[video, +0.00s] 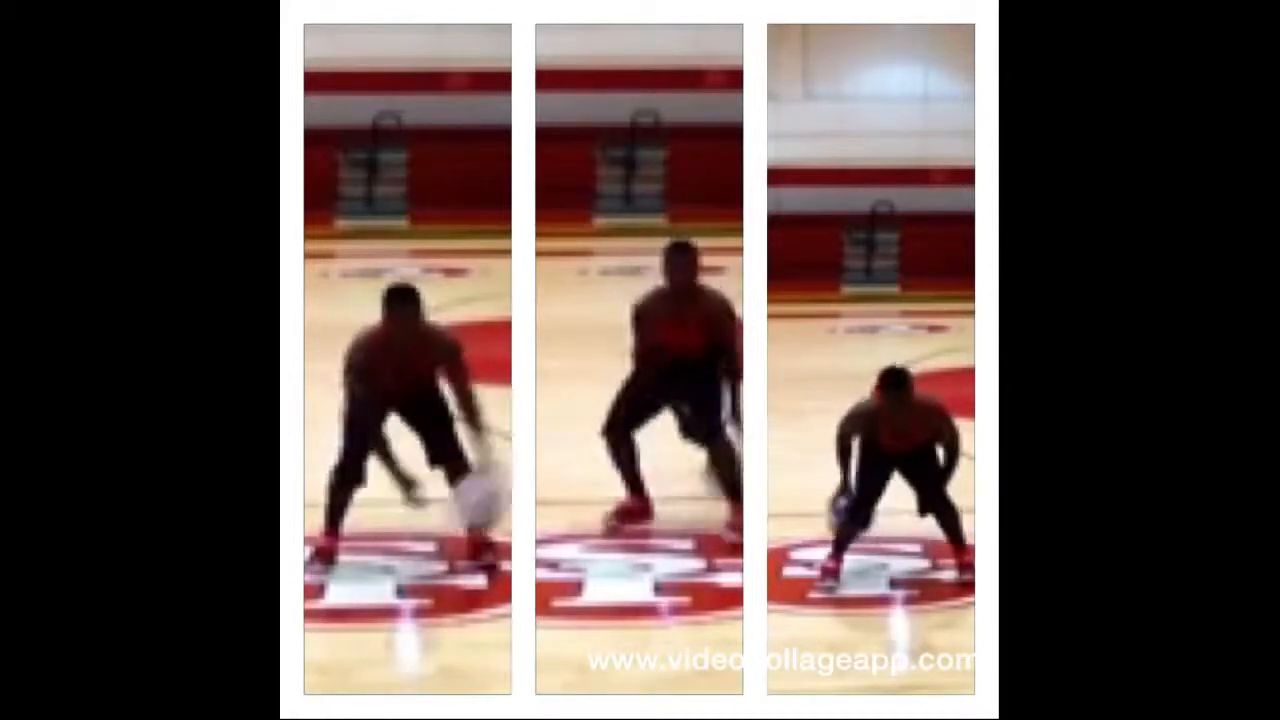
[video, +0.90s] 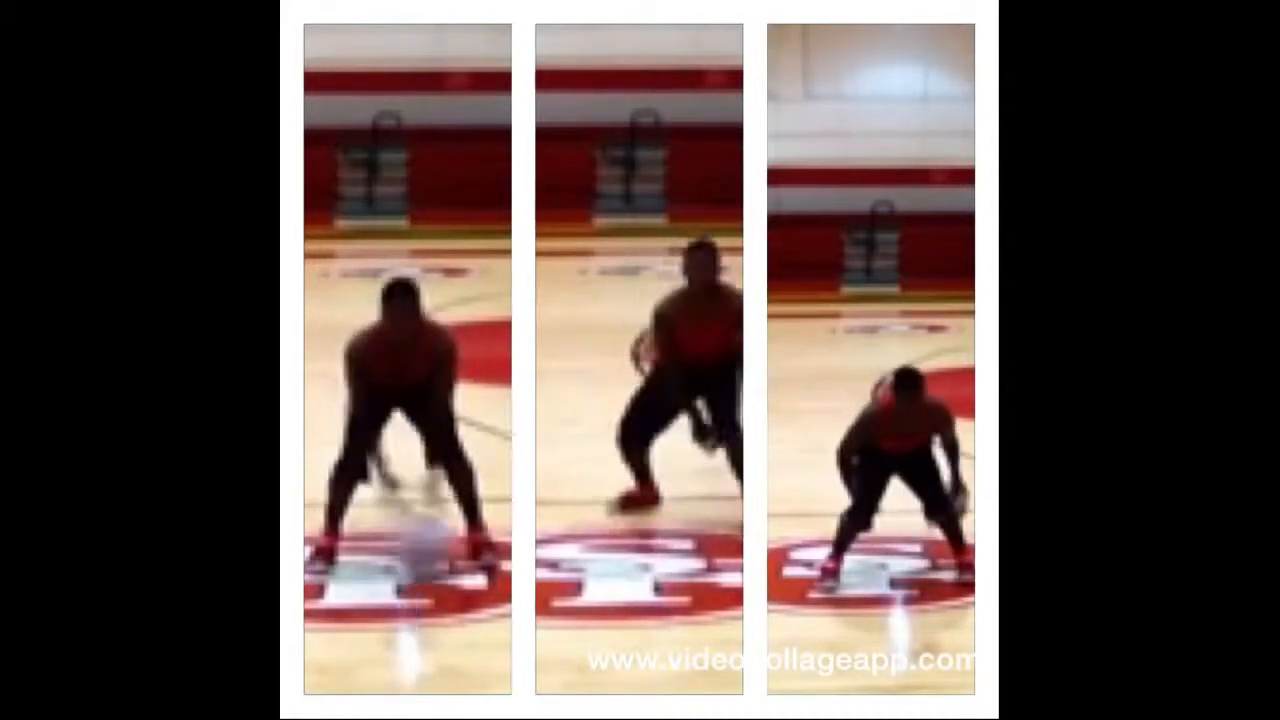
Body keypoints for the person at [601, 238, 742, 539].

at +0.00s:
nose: (680, 277)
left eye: (686, 269)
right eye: (674, 269)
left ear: (696, 270)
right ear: (665, 271)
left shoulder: (716, 308)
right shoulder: (648, 309)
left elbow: (733, 362)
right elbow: (643, 360)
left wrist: (736, 407)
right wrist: (639, 396)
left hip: (701, 381)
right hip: (656, 379)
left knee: (713, 438)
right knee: (616, 430)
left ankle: (739, 507)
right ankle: (638, 499)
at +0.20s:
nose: (691, 263)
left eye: (696, 255)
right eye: (683, 256)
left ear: (706, 254)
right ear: (673, 258)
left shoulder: (727, 281)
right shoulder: (659, 292)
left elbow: (758, 302)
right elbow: (631, 337)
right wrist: (628, 389)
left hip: (714, 351)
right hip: (669, 354)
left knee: (742, 417)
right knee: (644, 421)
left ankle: (740, 491)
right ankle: (641, 497)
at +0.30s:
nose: (691, 272)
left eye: (696, 264)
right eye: (684, 264)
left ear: (707, 262)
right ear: (674, 266)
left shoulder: (727, 294)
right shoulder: (659, 304)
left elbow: (755, 331)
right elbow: (637, 356)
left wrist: (754, 391)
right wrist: (633, 409)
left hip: (720, 358)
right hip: (676, 360)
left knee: (750, 432)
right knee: (658, 430)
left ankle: (745, 496)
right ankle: (651, 503)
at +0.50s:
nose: (681, 276)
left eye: (688, 269)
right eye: (676, 269)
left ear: (700, 269)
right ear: (669, 270)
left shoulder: (725, 305)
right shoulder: (662, 305)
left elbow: (741, 357)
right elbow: (652, 347)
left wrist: (722, 401)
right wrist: (640, 385)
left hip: (728, 371)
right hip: (687, 371)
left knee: (751, 436)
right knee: (669, 434)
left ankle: (746, 481)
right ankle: (653, 508)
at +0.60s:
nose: (682, 267)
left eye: (689, 260)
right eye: (677, 260)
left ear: (704, 260)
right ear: (671, 259)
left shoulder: (726, 295)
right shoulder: (660, 287)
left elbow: (749, 343)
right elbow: (634, 320)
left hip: (729, 359)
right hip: (686, 357)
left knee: (742, 425)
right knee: (659, 429)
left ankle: (764, 495)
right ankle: (650, 506)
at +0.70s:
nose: (690, 267)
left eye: (697, 261)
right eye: (686, 259)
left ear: (710, 261)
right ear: (679, 260)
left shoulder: (731, 298)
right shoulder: (663, 291)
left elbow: (751, 345)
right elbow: (637, 327)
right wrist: (614, 361)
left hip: (726, 362)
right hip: (683, 357)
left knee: (734, 430)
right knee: (644, 426)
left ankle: (754, 490)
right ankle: (653, 487)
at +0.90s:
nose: (701, 273)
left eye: (707, 265)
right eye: (694, 266)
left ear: (717, 267)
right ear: (685, 269)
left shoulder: (735, 306)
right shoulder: (669, 311)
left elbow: (743, 363)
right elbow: (670, 372)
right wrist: (695, 417)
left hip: (720, 378)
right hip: (676, 377)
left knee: (733, 435)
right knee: (632, 433)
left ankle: (753, 496)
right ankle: (646, 488)